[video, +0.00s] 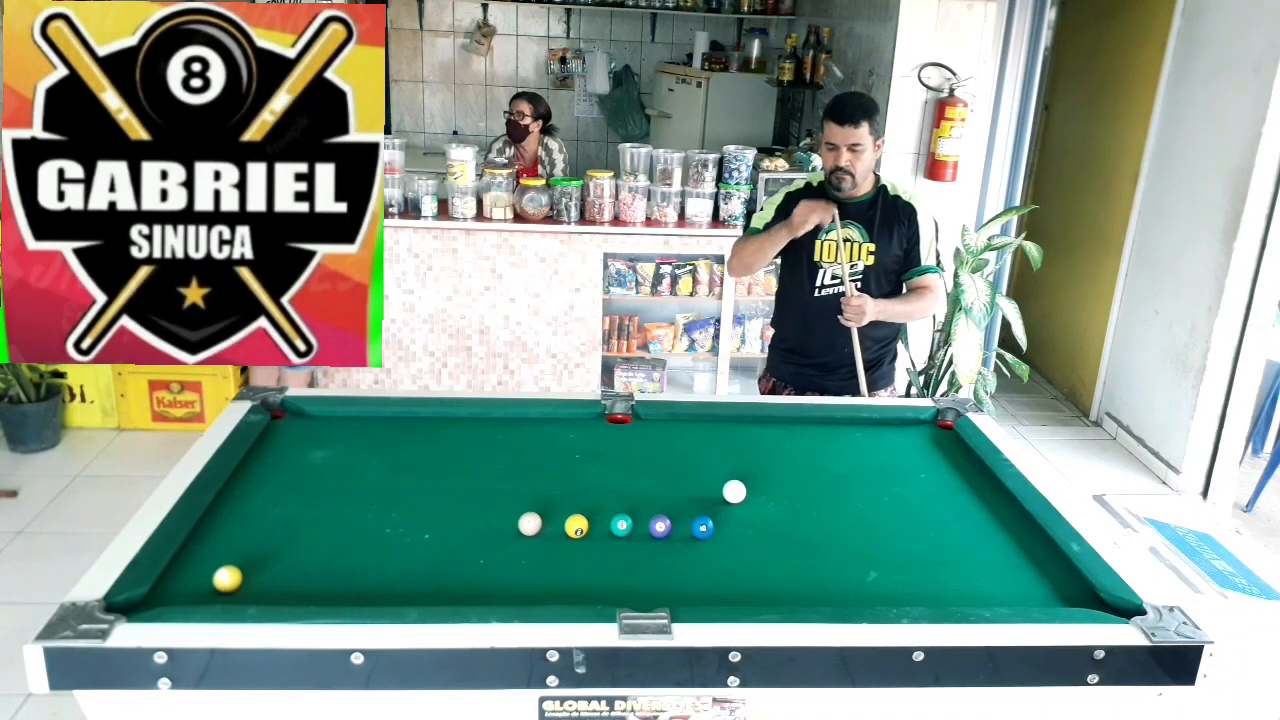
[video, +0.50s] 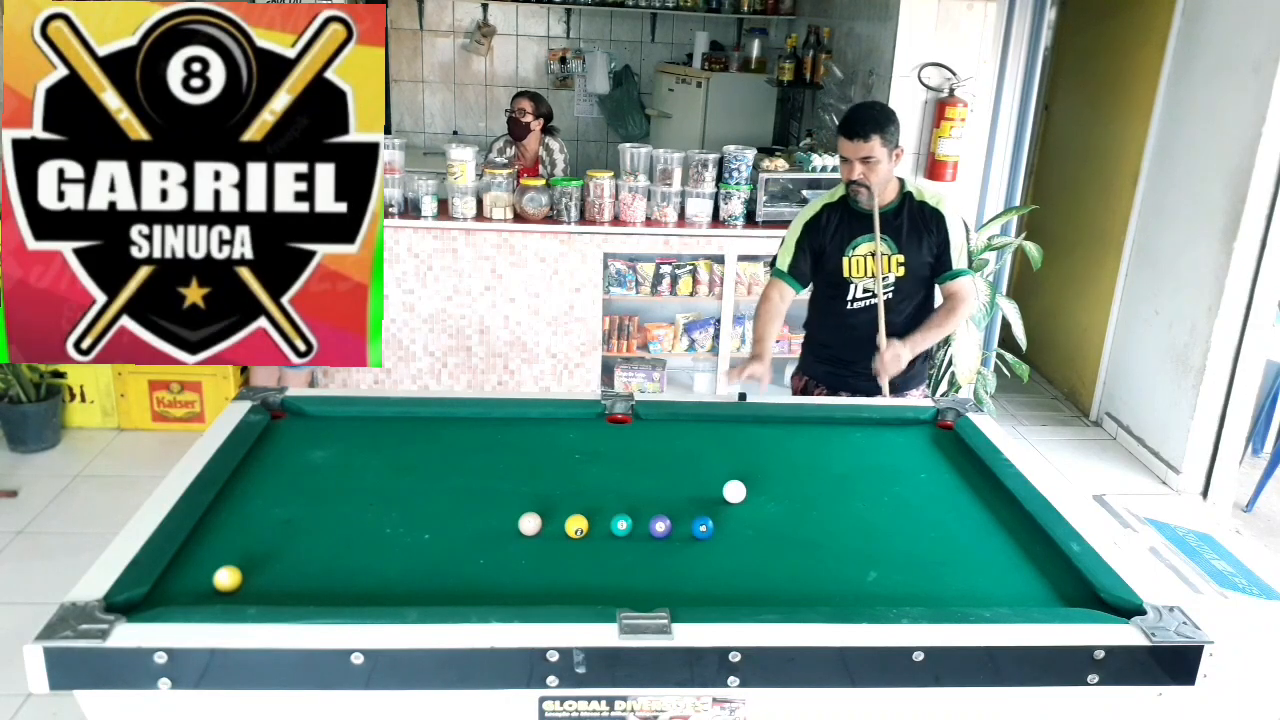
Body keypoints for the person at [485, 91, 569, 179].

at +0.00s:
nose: (511, 120)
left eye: (519, 115)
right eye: (510, 114)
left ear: (537, 125)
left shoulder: (554, 147)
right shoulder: (499, 146)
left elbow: (560, 189)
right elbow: (486, 183)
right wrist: (507, 171)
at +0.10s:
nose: (511, 119)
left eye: (519, 114)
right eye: (510, 113)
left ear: (537, 125)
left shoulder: (554, 147)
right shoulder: (499, 146)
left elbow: (560, 188)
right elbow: (485, 183)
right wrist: (507, 171)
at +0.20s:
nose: (512, 118)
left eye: (520, 114)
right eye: (511, 113)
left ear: (538, 124)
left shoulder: (554, 147)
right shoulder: (499, 146)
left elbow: (561, 188)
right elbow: (485, 183)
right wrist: (506, 171)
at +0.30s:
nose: (513, 117)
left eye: (521, 113)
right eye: (511, 112)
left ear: (538, 124)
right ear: (508, 115)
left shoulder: (554, 147)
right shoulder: (499, 146)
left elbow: (561, 190)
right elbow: (486, 184)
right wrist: (507, 172)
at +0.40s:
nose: (513, 117)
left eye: (521, 113)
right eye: (511, 112)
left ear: (538, 124)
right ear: (508, 115)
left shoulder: (554, 147)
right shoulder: (499, 146)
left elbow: (561, 190)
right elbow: (485, 184)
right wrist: (507, 172)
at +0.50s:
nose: (512, 117)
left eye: (521, 113)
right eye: (511, 112)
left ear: (538, 124)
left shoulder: (554, 147)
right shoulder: (500, 146)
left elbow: (561, 189)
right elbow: (485, 185)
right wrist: (507, 171)